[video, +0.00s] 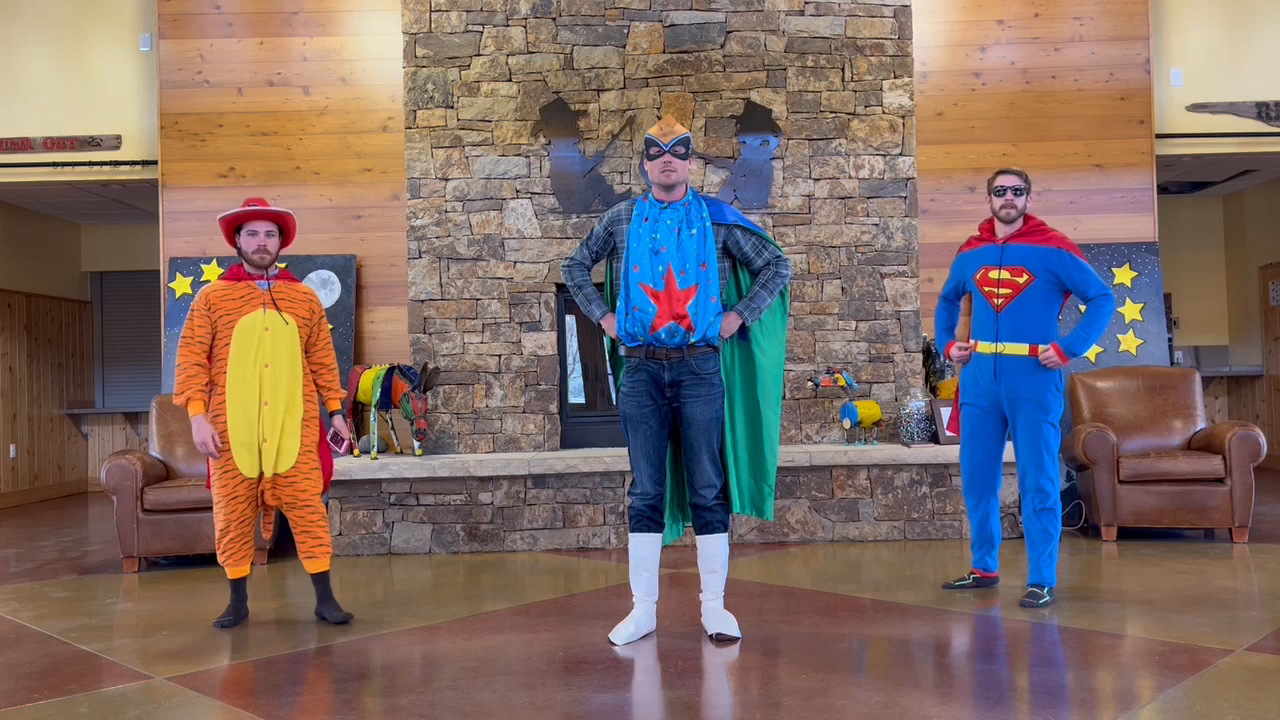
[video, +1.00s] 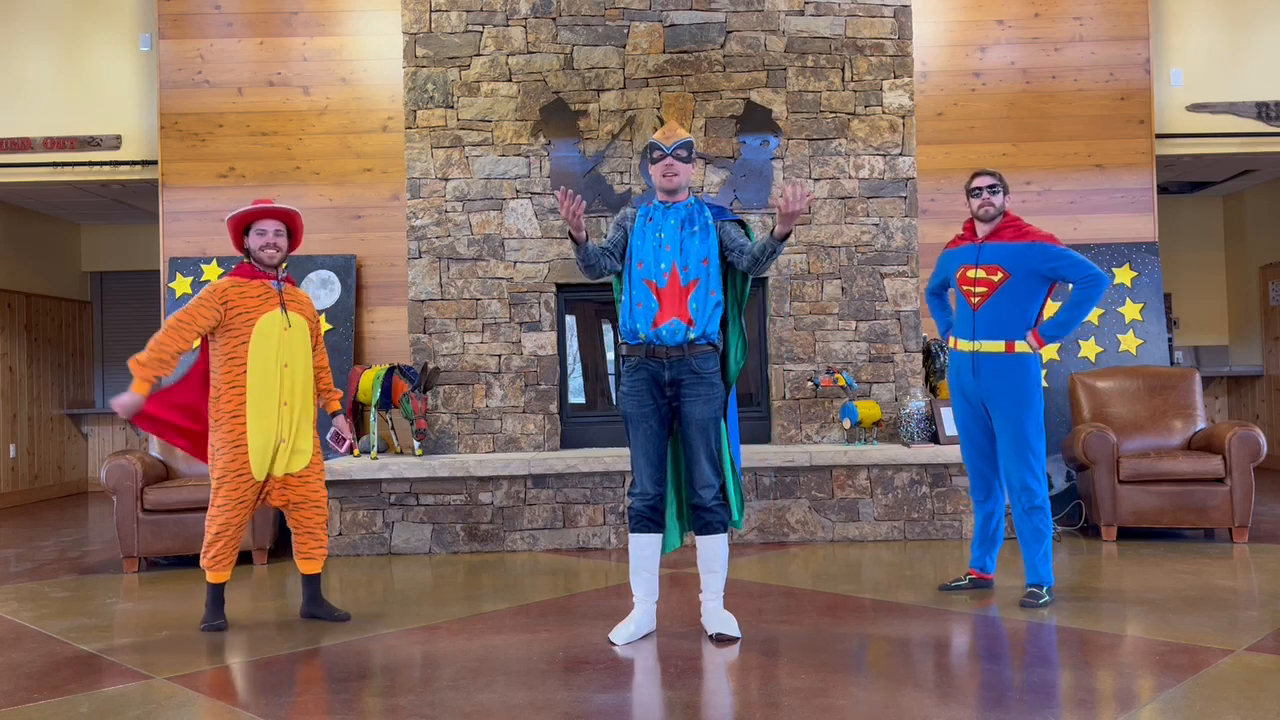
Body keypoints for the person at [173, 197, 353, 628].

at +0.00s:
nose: (261, 242)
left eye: (269, 235)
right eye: (252, 235)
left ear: (280, 243)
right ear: (237, 242)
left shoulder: (304, 298)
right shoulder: (213, 297)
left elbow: (322, 357)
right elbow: (192, 356)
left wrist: (335, 411)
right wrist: (197, 415)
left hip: (294, 423)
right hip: (233, 426)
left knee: (307, 503)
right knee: (233, 511)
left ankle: (325, 598)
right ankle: (237, 601)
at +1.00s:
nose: (270, 241)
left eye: (278, 235)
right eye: (261, 234)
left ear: (288, 245)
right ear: (246, 242)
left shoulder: (300, 300)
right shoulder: (225, 292)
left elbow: (318, 360)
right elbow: (176, 332)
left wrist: (334, 409)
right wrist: (139, 387)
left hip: (295, 422)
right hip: (238, 422)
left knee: (312, 501)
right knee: (229, 507)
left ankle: (313, 598)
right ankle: (214, 605)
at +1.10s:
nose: (269, 240)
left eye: (277, 233)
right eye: (260, 233)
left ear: (287, 243)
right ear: (244, 242)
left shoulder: (300, 301)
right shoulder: (223, 292)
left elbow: (318, 361)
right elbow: (169, 318)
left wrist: (339, 408)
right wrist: (113, 352)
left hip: (294, 424)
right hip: (238, 423)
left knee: (313, 501)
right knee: (229, 506)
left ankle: (313, 598)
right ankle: (215, 606)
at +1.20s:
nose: (265, 241)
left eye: (273, 235)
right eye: (256, 234)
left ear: (284, 244)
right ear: (241, 242)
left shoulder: (298, 301)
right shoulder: (218, 291)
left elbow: (319, 360)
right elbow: (172, 300)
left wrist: (344, 403)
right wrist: (121, 297)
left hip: (295, 422)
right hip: (238, 422)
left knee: (313, 502)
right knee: (228, 507)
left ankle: (313, 598)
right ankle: (215, 606)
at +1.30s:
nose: (261, 241)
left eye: (270, 235)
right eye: (252, 235)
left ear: (280, 244)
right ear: (237, 243)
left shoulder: (294, 301)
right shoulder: (214, 288)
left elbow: (317, 358)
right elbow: (167, 277)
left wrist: (349, 398)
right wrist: (130, 243)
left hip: (292, 421)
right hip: (236, 421)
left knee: (312, 500)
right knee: (227, 507)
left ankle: (313, 598)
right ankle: (214, 605)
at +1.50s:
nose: (256, 240)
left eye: (264, 234)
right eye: (246, 234)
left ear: (276, 243)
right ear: (232, 242)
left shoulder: (289, 298)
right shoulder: (214, 286)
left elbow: (311, 358)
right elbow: (185, 248)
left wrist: (345, 392)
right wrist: (181, 193)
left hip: (290, 420)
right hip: (235, 421)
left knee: (311, 503)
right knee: (225, 509)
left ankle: (313, 598)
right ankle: (214, 605)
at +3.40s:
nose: (265, 244)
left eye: (271, 237)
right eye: (255, 236)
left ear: (278, 244)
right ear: (235, 244)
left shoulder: (286, 300)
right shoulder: (216, 292)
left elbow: (308, 362)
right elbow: (186, 273)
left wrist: (339, 402)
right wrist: (226, 229)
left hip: (292, 420)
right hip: (236, 421)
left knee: (310, 500)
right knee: (229, 505)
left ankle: (312, 598)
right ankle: (214, 605)